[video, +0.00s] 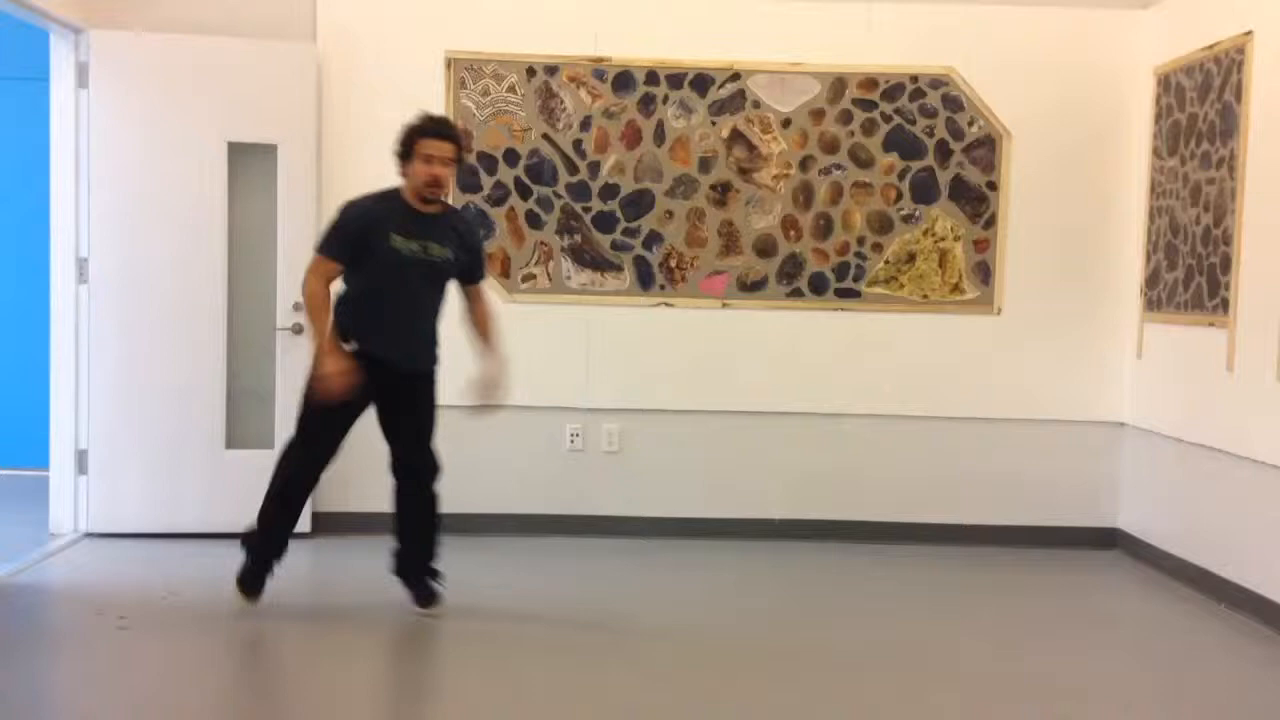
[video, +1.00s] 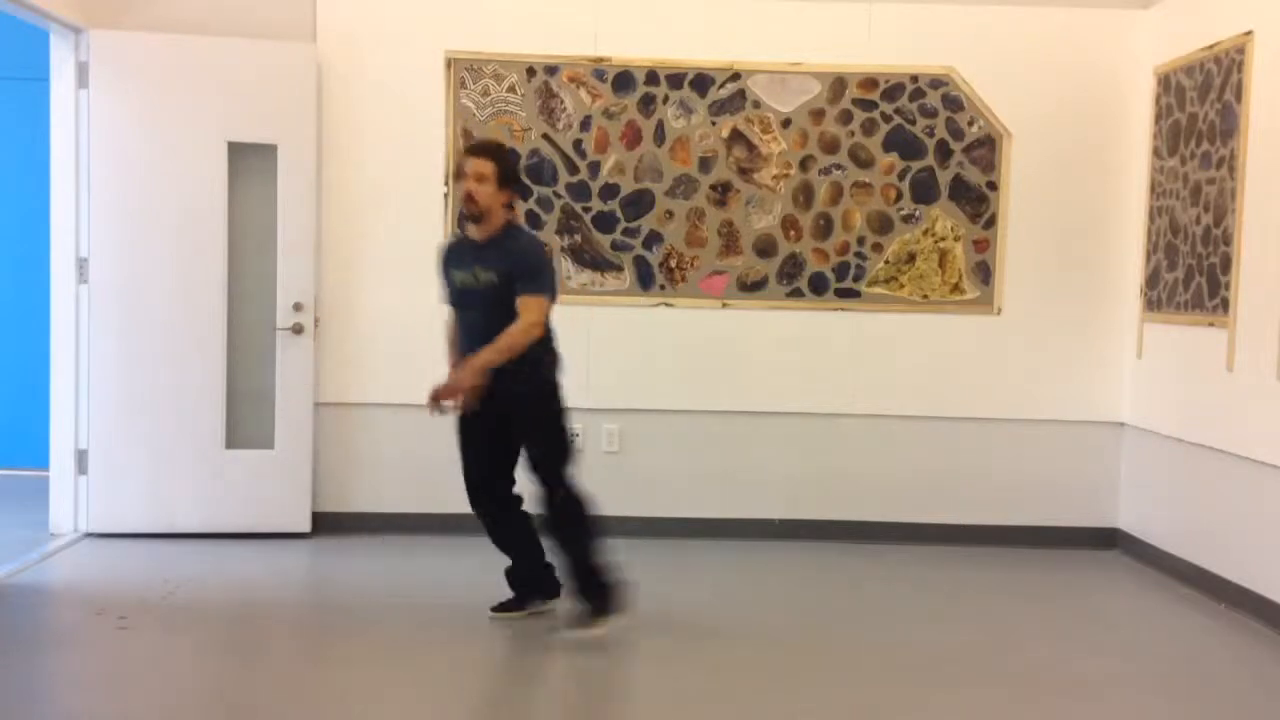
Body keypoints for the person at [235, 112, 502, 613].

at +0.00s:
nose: (436, 171)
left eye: (446, 163)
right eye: (426, 160)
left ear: (456, 170)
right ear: (405, 164)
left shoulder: (461, 231)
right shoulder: (367, 214)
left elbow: (476, 296)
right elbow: (316, 279)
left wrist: (490, 355)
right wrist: (326, 345)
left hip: (411, 367)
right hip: (351, 355)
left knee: (417, 467)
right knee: (307, 456)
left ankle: (415, 566)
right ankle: (261, 553)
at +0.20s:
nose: (382, 197)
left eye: (393, 188)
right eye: (372, 186)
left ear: (408, 194)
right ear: (356, 190)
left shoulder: (421, 262)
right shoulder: (324, 246)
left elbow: (410, 337)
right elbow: (313, 322)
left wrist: (339, 310)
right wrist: (394, 305)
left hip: (374, 396)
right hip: (313, 387)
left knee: (366, 495)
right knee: (285, 490)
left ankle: (359, 569)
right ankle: (258, 585)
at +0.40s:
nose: (359, 180)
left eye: (371, 170)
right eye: (351, 170)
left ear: (395, 177)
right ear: (341, 176)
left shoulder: (416, 244)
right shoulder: (319, 232)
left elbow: (395, 320)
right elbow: (305, 307)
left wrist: (319, 310)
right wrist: (374, 301)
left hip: (384, 379)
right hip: (324, 370)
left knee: (364, 476)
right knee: (288, 471)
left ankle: (368, 562)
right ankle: (264, 572)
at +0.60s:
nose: (382, 180)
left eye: (395, 172)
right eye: (376, 170)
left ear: (420, 183)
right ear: (368, 177)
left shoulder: (438, 247)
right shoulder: (360, 239)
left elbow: (482, 313)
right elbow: (339, 310)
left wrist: (512, 379)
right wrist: (300, 375)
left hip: (413, 385)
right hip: (365, 378)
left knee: (358, 480)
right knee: (329, 469)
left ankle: (383, 590)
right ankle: (405, 531)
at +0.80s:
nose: (430, 159)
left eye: (443, 152)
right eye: (424, 150)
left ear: (465, 164)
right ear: (415, 158)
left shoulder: (485, 219)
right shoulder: (403, 218)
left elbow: (544, 265)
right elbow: (395, 281)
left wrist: (591, 316)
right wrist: (391, 339)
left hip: (476, 360)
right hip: (428, 359)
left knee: (444, 470)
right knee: (445, 470)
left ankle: (417, 585)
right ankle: (504, 557)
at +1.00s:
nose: (469, 188)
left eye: (481, 180)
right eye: (465, 178)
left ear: (507, 191)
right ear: (459, 184)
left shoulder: (526, 250)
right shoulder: (456, 254)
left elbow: (532, 324)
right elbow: (461, 322)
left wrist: (476, 365)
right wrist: (459, 376)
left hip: (531, 382)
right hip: (484, 384)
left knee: (553, 482)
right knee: (487, 489)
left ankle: (595, 589)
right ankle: (535, 582)